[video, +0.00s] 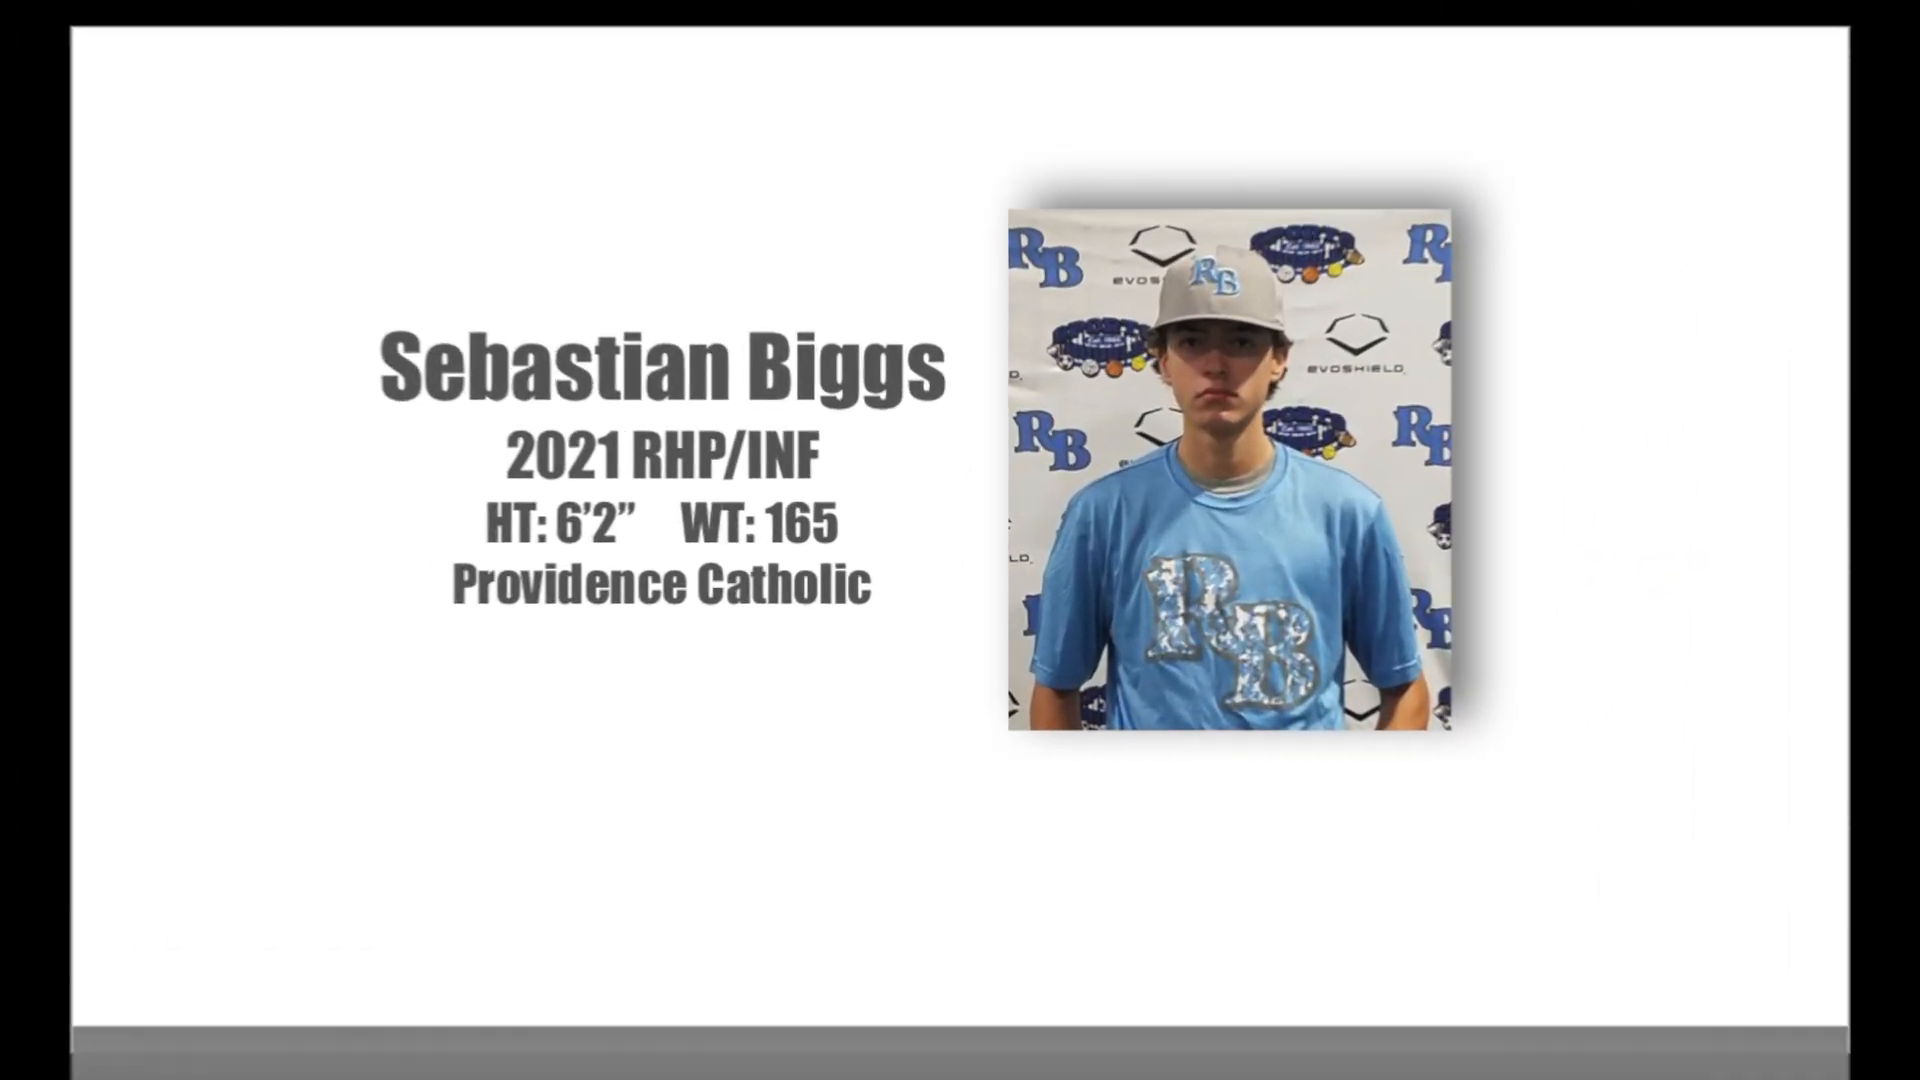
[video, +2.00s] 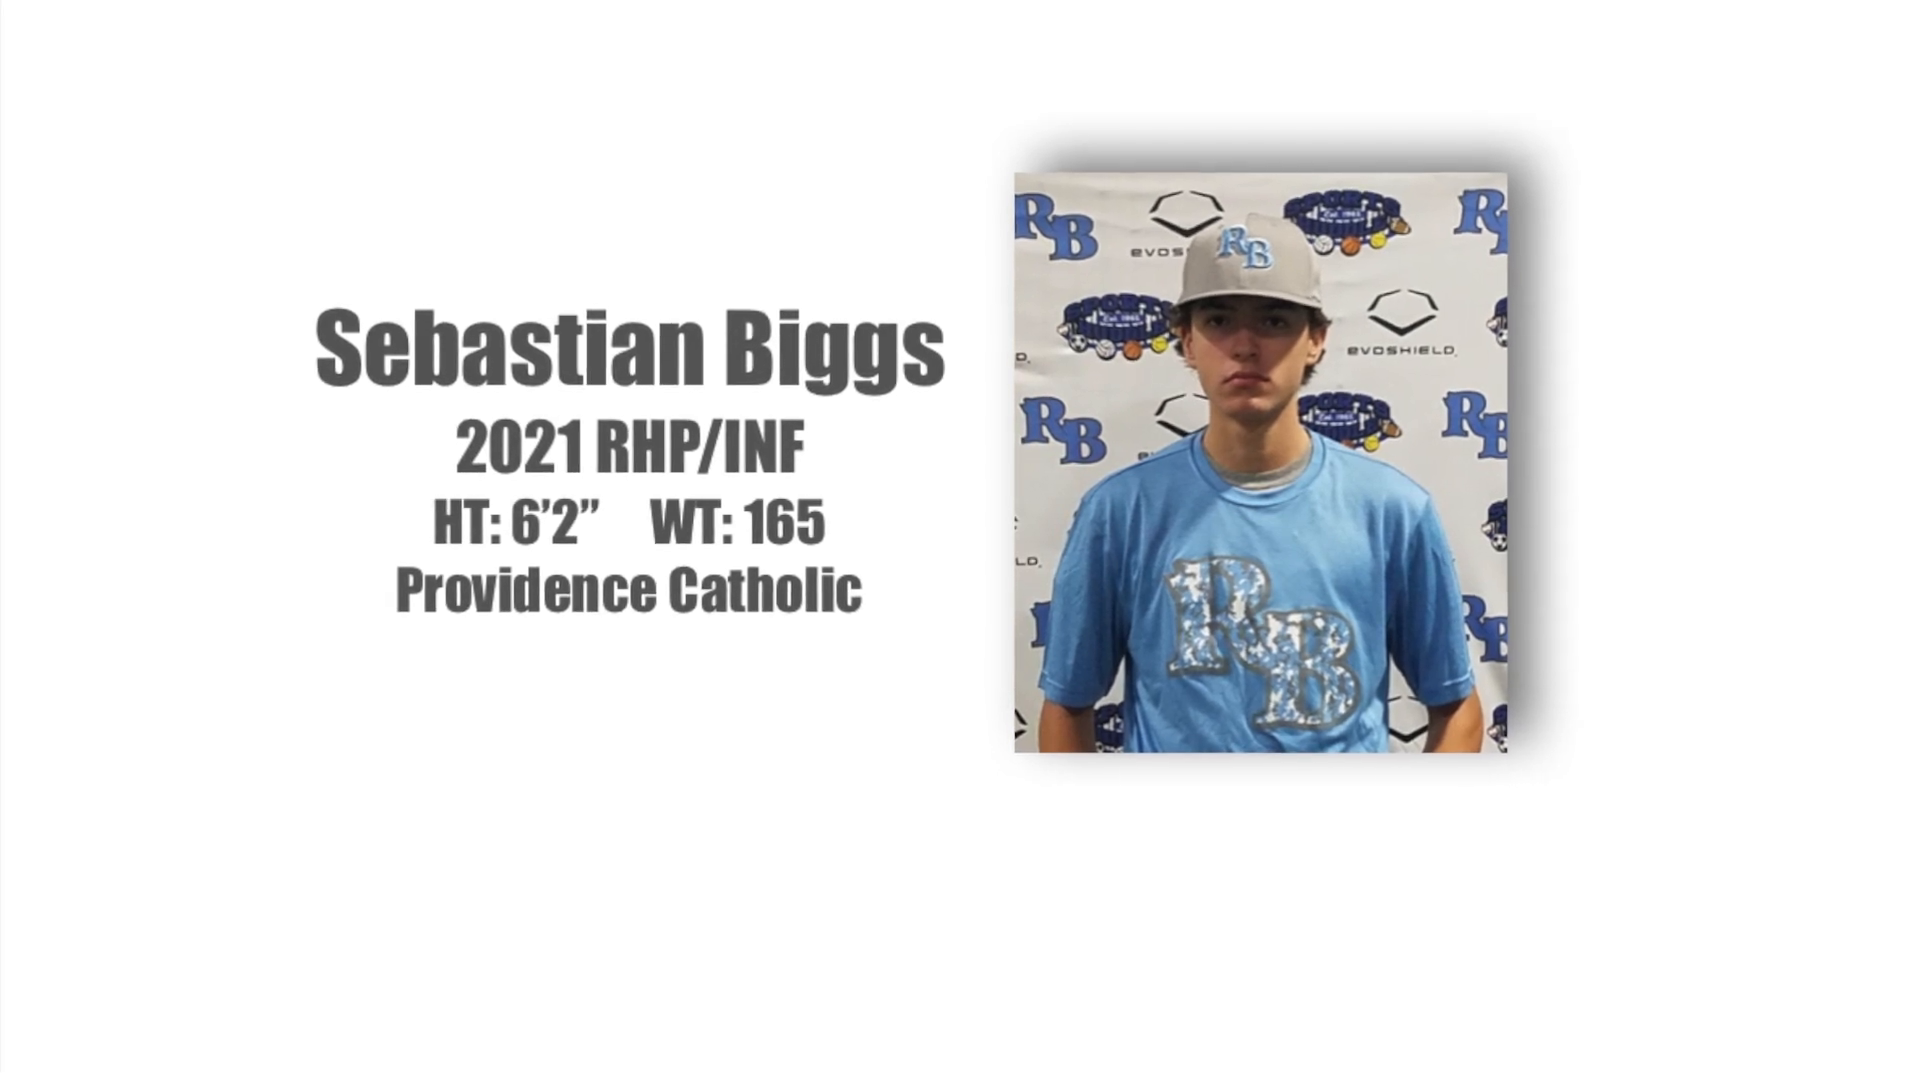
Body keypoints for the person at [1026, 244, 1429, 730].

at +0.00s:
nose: (1216, 364)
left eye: (1241, 341)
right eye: (1195, 342)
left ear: (1277, 361)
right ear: (1163, 363)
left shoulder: (1349, 513)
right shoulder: (1100, 515)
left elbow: (1407, 690)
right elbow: (1056, 693)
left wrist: (1370, 797)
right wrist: (1066, 802)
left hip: (1311, 793)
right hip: (1149, 793)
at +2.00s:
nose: (1245, 345)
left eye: (1273, 321)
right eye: (1221, 321)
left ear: (1314, 342)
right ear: (1187, 342)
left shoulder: (1394, 511)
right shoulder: (1117, 513)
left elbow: (1457, 708)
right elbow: (1067, 711)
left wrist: (1420, 827)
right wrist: (1076, 832)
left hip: (1351, 823)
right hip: (1171, 823)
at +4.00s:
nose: (1257, 339)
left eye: (1286, 314)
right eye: (1231, 314)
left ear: (1328, 335)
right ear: (1195, 336)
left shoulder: (1410, 510)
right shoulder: (1124, 513)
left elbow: (1476, 716)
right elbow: (1072, 718)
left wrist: (1436, 838)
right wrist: (1085, 844)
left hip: (1366, 834)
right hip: (1180, 834)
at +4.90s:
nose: (1209, 338)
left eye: (1237, 314)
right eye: (1186, 315)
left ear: (1278, 336)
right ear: (1151, 336)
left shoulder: (1357, 503)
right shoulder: (1082, 506)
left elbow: (1420, 700)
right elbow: (1032, 702)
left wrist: (1381, 819)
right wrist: (1042, 826)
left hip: (1314, 815)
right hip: (1135, 814)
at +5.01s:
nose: (1167, 340)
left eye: (1194, 317)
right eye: (1144, 317)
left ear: (1232, 337)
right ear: (1111, 337)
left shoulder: (1308, 497)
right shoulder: (1044, 501)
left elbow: (1367, 685)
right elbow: (998, 687)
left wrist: (1331, 800)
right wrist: (1007, 805)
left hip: (1266, 799)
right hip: (1096, 799)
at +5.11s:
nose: (1117, 342)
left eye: (1142, 320)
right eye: (1096, 320)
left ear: (1179, 339)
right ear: (1064, 339)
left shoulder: (1249, 491)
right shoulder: (1002, 494)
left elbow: (1306, 668)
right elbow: (958, 671)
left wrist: (1273, 776)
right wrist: (965, 782)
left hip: (1211, 775)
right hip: (1050, 776)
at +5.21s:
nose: (1064, 344)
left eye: (1087, 324)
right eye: (1044, 324)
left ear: (1121, 343)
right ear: (1014, 341)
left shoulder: (1188, 484)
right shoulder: (955, 486)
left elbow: (1240, 650)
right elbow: (914, 652)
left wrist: (1210, 753)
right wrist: (921, 757)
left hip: (1151, 752)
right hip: (1001, 752)